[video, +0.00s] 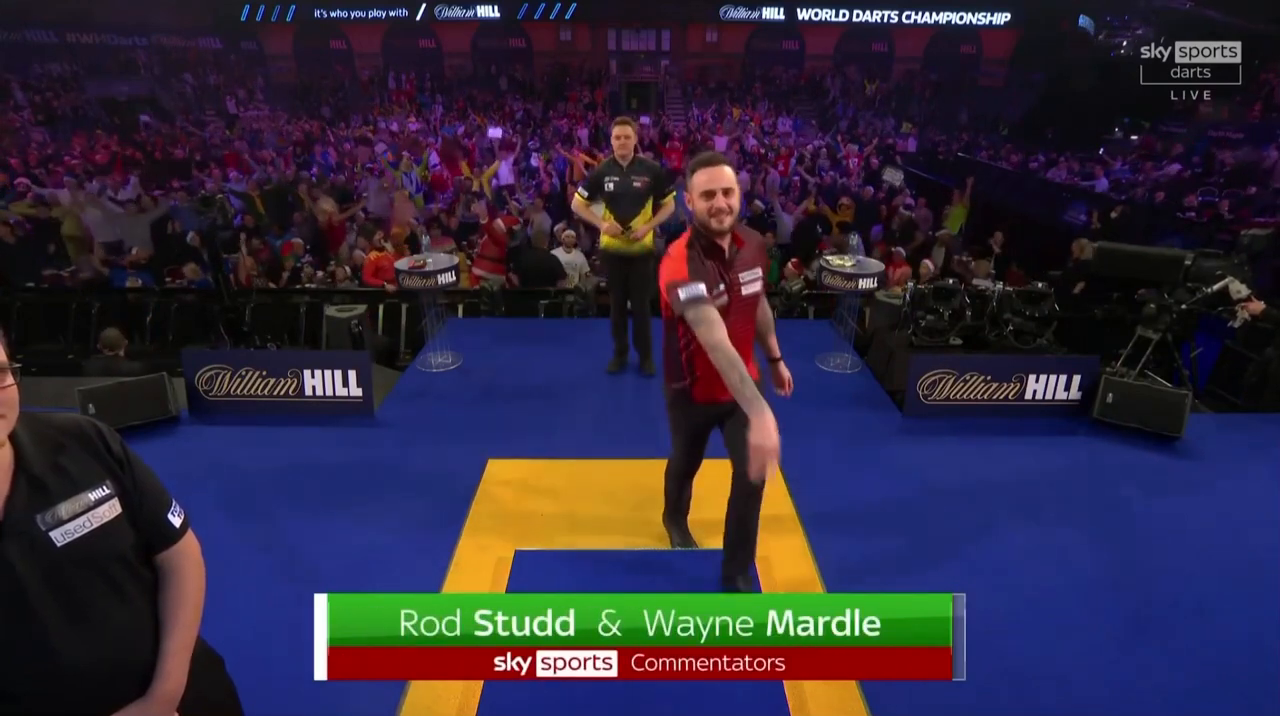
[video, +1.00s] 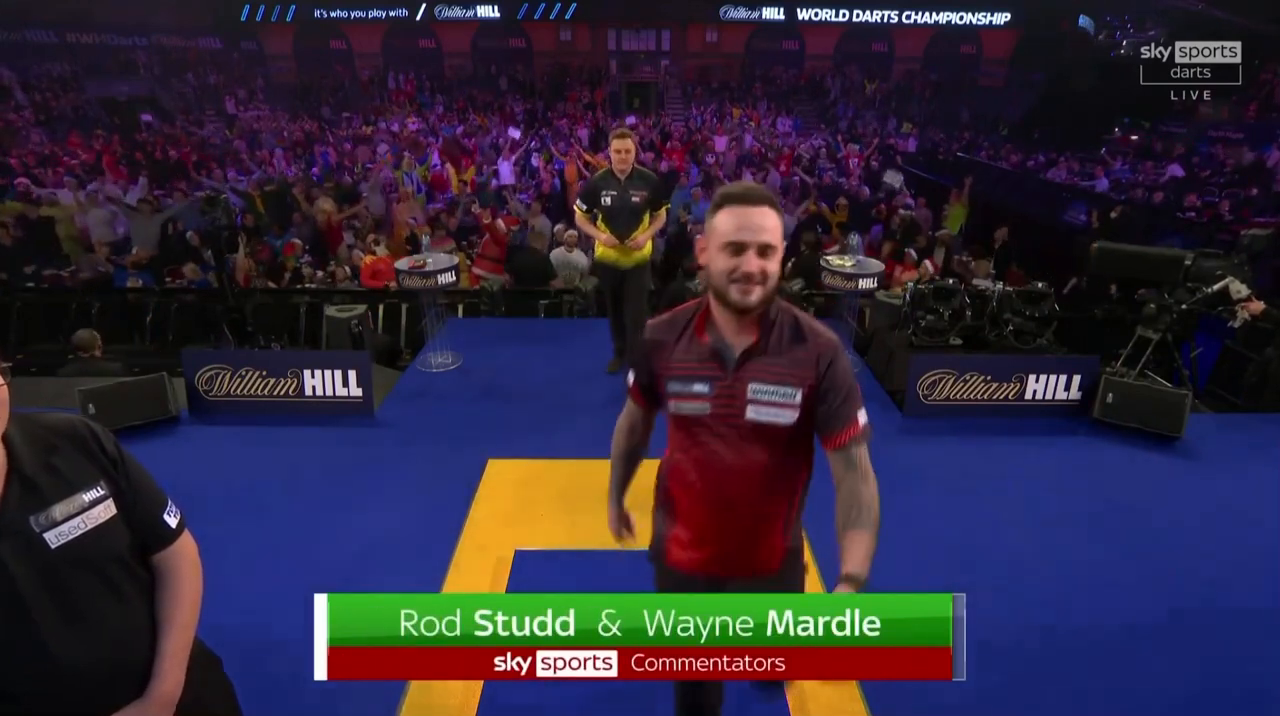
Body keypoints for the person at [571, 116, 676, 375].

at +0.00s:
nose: (621, 143)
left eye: (626, 138)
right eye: (617, 138)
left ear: (635, 140)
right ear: (611, 141)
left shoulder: (653, 171)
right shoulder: (602, 172)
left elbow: (669, 204)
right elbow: (577, 203)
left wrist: (648, 225)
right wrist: (602, 223)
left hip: (642, 250)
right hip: (613, 251)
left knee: (642, 307)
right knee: (617, 307)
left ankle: (645, 357)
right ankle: (619, 355)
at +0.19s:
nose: (622, 143)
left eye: (627, 138)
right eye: (618, 138)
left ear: (636, 140)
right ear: (612, 141)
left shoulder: (654, 172)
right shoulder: (601, 173)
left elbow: (669, 205)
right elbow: (579, 205)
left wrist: (649, 225)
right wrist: (602, 223)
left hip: (642, 250)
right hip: (613, 251)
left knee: (641, 307)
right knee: (617, 306)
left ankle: (645, 357)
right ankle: (619, 355)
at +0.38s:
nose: (622, 144)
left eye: (627, 139)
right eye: (618, 139)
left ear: (635, 140)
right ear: (611, 142)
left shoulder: (652, 172)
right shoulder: (600, 173)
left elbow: (664, 205)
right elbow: (584, 206)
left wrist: (647, 223)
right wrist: (602, 222)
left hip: (640, 250)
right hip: (612, 250)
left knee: (640, 307)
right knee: (616, 306)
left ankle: (645, 357)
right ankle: (619, 355)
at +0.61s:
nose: (619, 147)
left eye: (624, 142)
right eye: (614, 142)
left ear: (632, 143)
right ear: (608, 145)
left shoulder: (649, 173)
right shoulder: (598, 174)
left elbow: (661, 207)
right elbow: (581, 208)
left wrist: (644, 225)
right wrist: (598, 224)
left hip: (638, 251)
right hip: (609, 252)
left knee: (640, 306)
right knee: (615, 307)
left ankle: (642, 354)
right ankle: (619, 354)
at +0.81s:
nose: (619, 150)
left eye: (623, 145)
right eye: (614, 145)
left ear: (631, 146)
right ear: (607, 147)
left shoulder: (647, 175)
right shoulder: (596, 176)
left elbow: (660, 208)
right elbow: (579, 210)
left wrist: (644, 227)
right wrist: (597, 228)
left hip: (637, 252)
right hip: (607, 253)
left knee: (636, 306)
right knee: (614, 307)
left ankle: (635, 354)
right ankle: (619, 353)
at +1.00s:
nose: (622, 157)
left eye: (627, 151)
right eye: (617, 151)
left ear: (635, 153)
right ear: (610, 153)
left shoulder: (650, 181)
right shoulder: (597, 182)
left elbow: (661, 213)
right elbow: (580, 217)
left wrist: (646, 235)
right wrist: (601, 236)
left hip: (638, 257)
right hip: (609, 257)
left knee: (637, 310)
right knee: (614, 310)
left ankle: (636, 358)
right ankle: (619, 354)